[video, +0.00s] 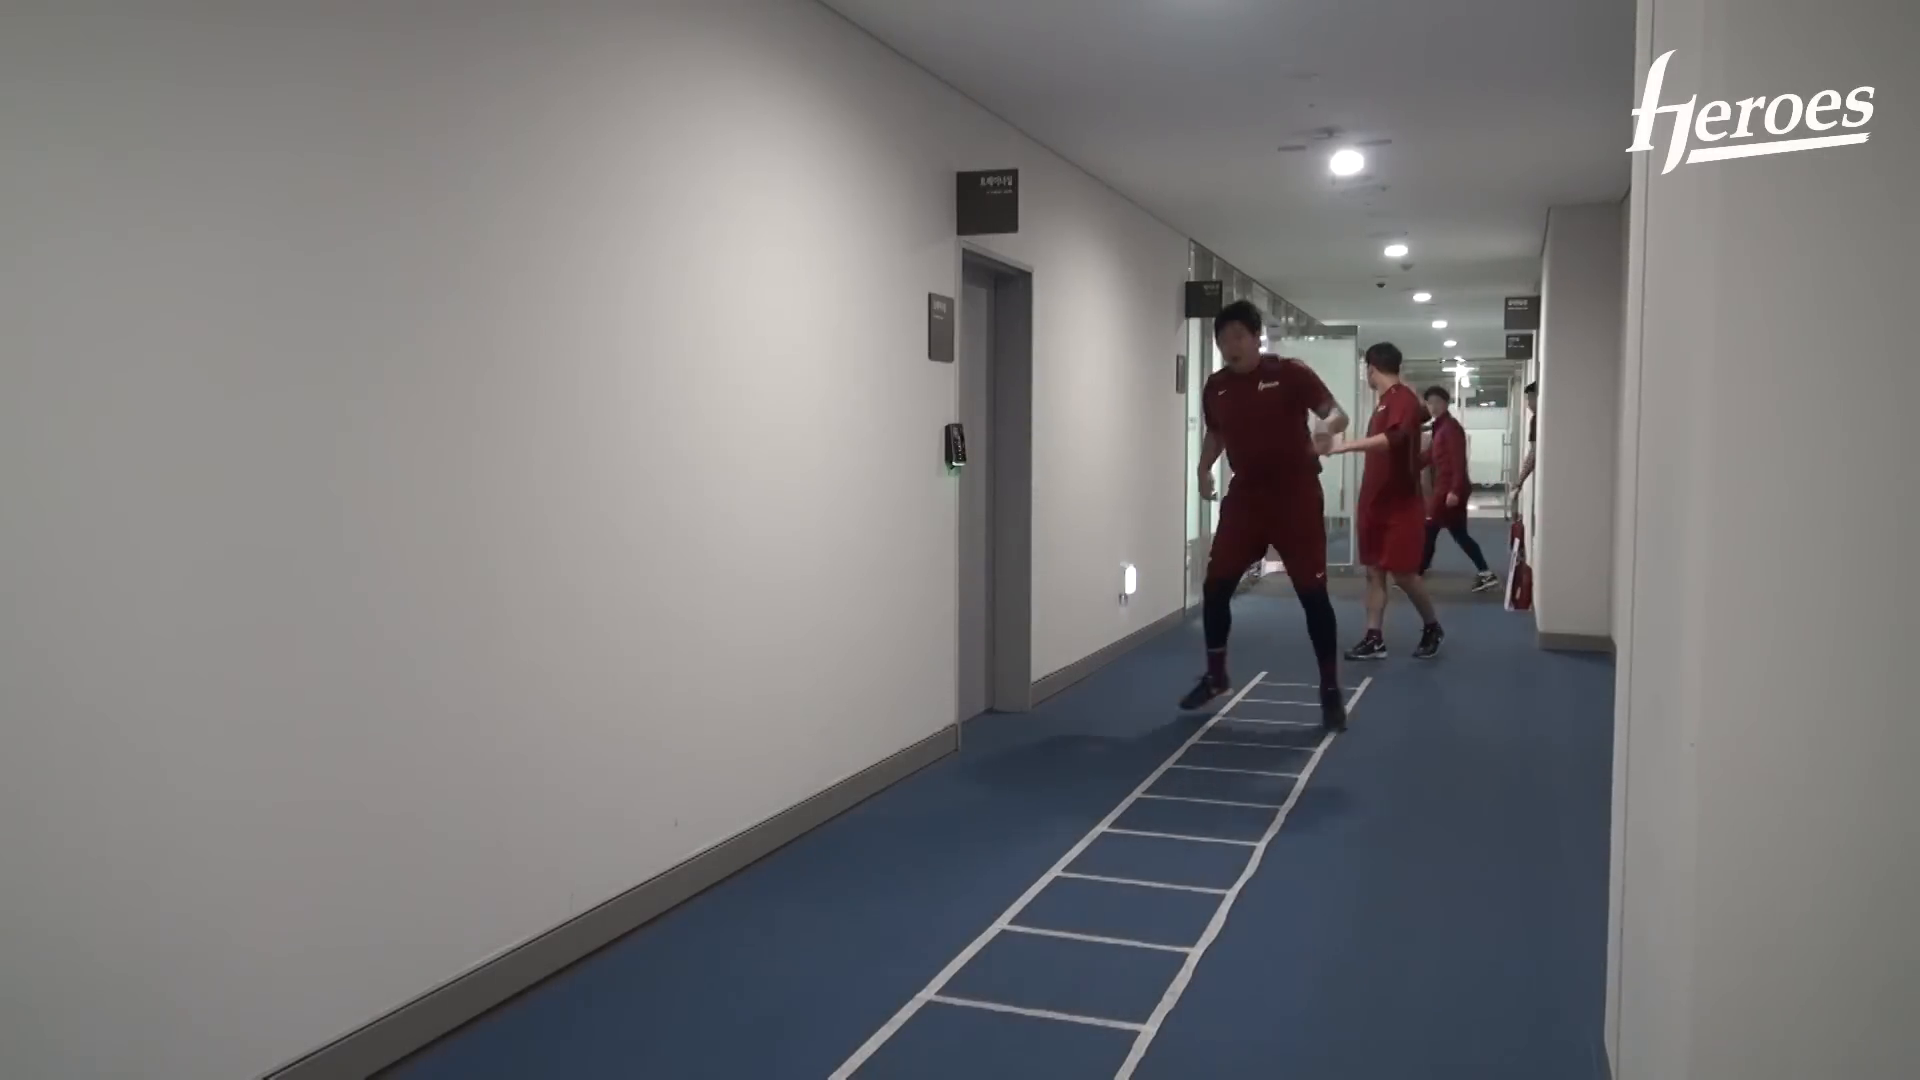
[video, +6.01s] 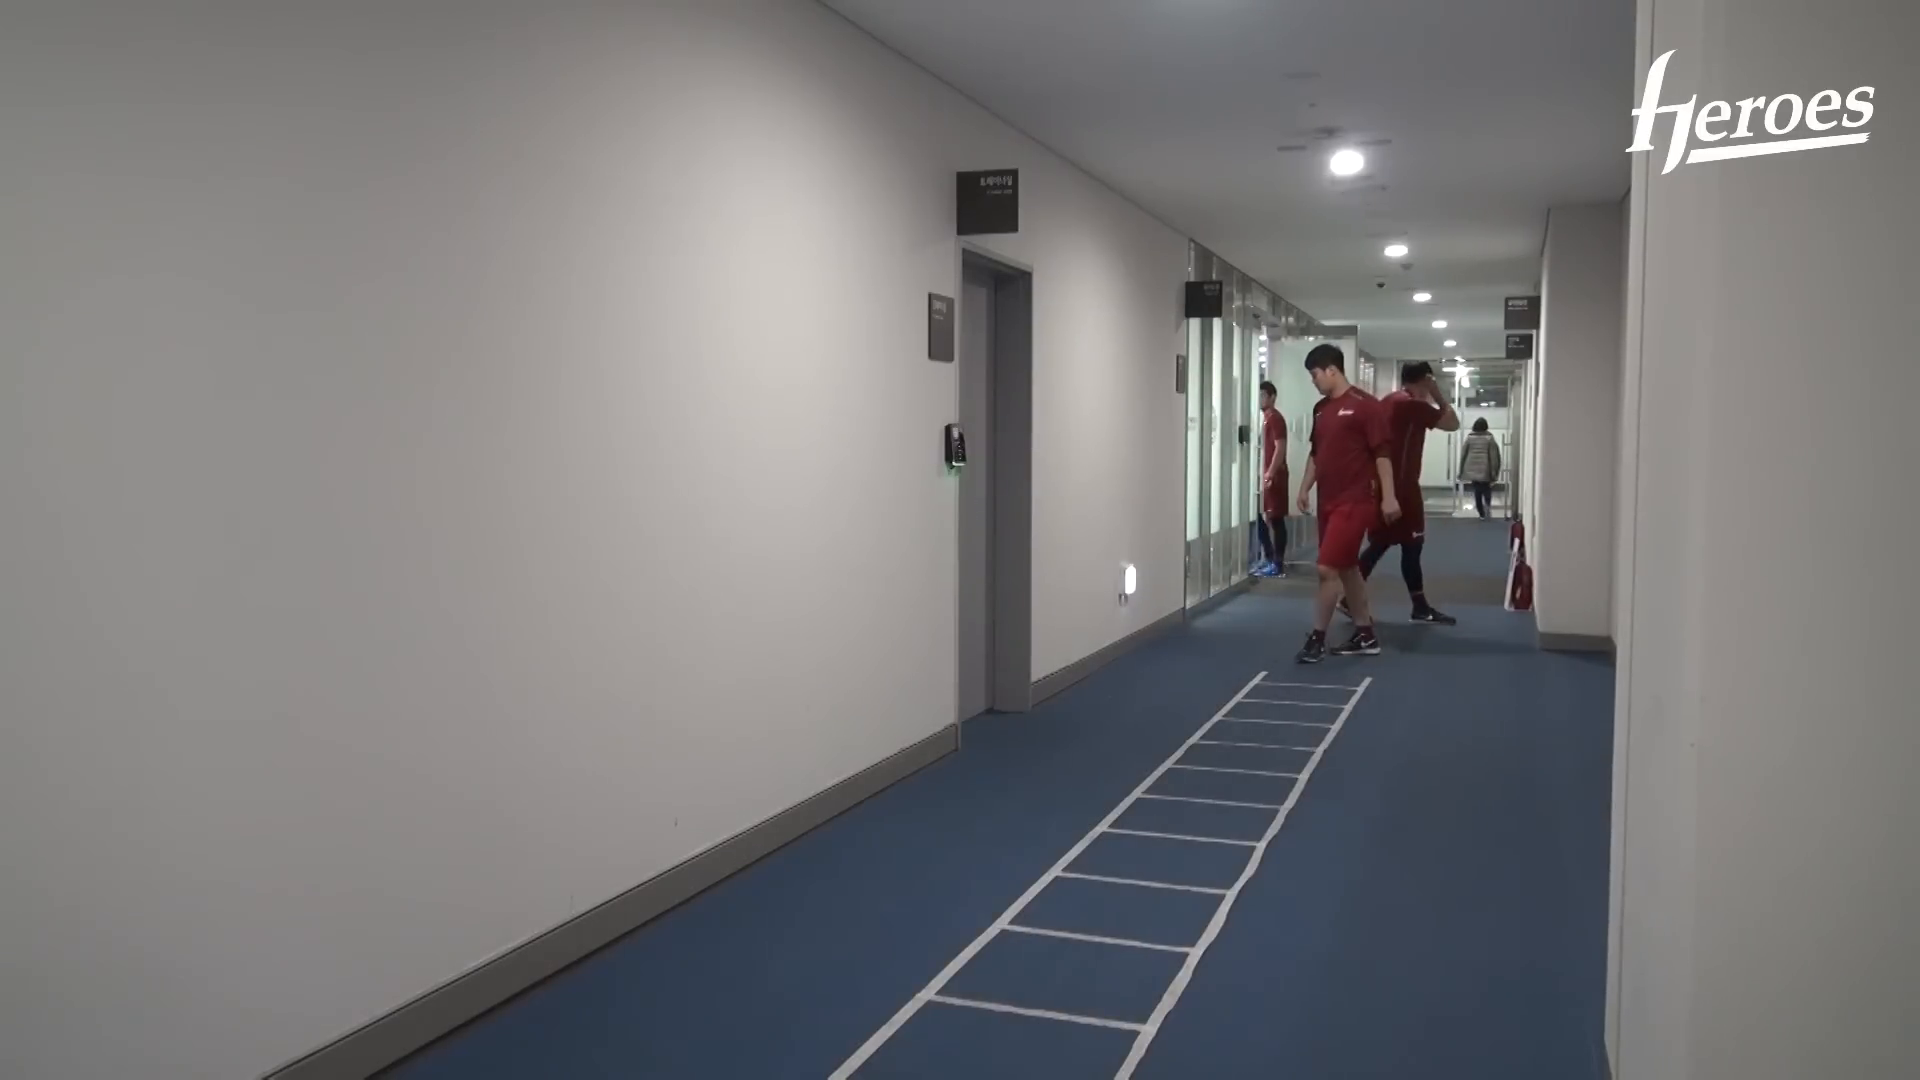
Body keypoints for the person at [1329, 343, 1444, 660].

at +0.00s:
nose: (1367, 376)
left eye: (1367, 370)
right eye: (1367, 371)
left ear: (1373, 368)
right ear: (1394, 367)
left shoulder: (1402, 397)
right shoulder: (1388, 400)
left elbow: (1397, 435)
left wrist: (1344, 446)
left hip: (1400, 502)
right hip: (1377, 501)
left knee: (1402, 572)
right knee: (1375, 570)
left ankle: (1432, 627)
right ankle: (1373, 636)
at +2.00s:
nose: (1436, 374)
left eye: (1442, 369)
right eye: (1431, 367)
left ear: (1452, 372)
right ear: (1423, 368)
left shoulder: (1468, 401)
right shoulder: (1407, 406)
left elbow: (1505, 407)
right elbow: (1393, 447)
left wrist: (1476, 380)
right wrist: (1387, 480)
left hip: (1456, 495)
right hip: (1419, 495)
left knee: (1456, 564)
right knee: (1423, 564)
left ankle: (1459, 629)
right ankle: (1424, 620)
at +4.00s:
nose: (1381, 375)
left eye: (1387, 369)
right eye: (1376, 369)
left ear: (1400, 369)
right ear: (1370, 370)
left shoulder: (1421, 403)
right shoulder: (1362, 407)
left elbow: (1441, 449)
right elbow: (1351, 452)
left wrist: (1446, 491)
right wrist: (1336, 489)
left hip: (1404, 501)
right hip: (1368, 500)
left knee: (1400, 571)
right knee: (1377, 571)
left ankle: (1403, 642)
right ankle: (1380, 634)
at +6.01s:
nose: (1312, 381)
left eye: (1315, 374)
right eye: (1311, 375)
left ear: (1331, 370)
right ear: (1327, 372)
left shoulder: (1367, 406)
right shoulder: (1321, 409)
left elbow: (1382, 453)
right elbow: (1316, 453)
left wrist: (1389, 496)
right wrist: (1304, 488)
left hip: (1355, 501)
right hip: (1327, 502)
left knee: (1328, 568)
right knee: (1347, 569)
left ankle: (1318, 636)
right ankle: (1365, 634)